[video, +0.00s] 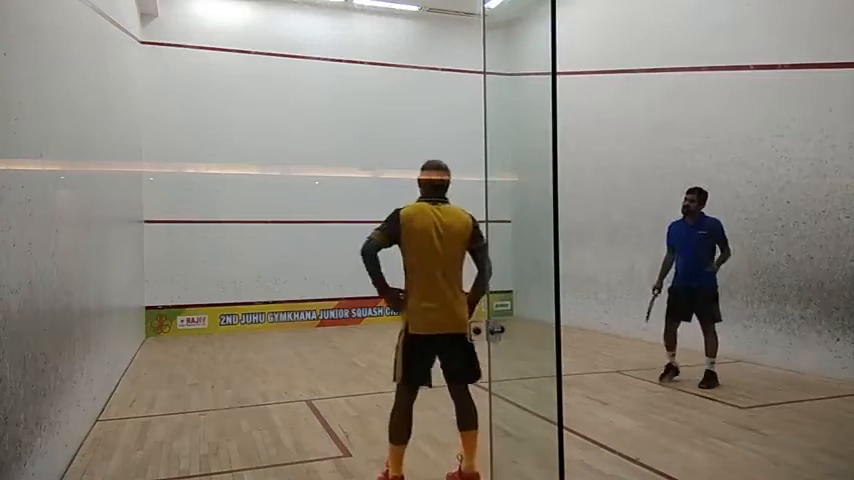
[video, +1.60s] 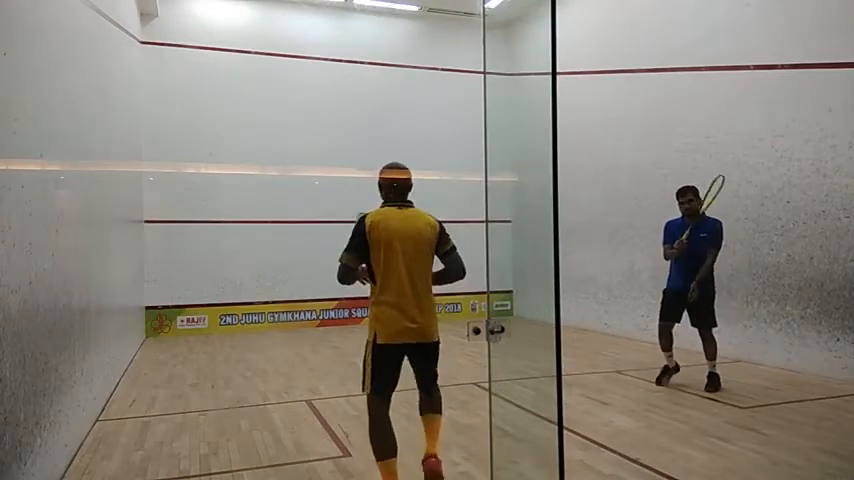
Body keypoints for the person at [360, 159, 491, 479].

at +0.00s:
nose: (432, 184)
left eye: (426, 179)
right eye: (438, 179)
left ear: (419, 184)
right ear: (449, 185)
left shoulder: (403, 216)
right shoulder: (466, 220)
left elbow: (368, 250)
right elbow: (485, 271)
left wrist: (386, 292)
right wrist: (469, 302)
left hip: (417, 324)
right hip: (455, 322)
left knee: (405, 397)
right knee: (461, 394)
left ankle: (394, 471)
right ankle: (470, 467)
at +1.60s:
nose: (384, 190)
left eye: (383, 185)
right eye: (391, 184)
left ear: (381, 188)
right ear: (410, 188)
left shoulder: (369, 222)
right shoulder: (429, 222)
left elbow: (344, 276)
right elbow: (457, 270)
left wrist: (363, 271)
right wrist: (425, 279)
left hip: (386, 330)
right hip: (425, 327)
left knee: (378, 406)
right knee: (429, 385)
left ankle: (390, 475)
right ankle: (432, 453)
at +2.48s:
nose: (367, 201)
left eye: (368, 196)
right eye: (369, 195)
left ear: (370, 199)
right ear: (396, 201)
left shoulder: (370, 225)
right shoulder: (412, 233)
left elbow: (364, 269)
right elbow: (427, 282)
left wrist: (347, 283)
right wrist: (378, 288)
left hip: (399, 325)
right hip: (426, 322)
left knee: (388, 397)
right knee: (417, 385)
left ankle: (419, 472)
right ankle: (424, 457)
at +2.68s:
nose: (352, 210)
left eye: (354, 205)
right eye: (354, 205)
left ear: (358, 209)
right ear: (382, 210)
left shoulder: (362, 236)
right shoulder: (392, 240)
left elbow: (361, 285)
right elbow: (392, 296)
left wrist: (333, 316)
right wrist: (356, 312)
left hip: (392, 338)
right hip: (410, 335)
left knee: (374, 409)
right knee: (395, 396)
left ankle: (410, 474)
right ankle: (420, 459)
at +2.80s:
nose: (336, 223)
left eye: (339, 218)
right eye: (338, 217)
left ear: (347, 222)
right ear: (365, 221)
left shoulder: (358, 254)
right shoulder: (367, 251)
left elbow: (361, 309)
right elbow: (363, 306)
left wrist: (327, 340)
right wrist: (329, 310)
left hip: (387, 349)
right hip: (377, 345)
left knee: (362, 420)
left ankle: (403, 472)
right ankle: (385, 435)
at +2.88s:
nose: (324, 225)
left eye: (329, 220)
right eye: (326, 220)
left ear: (341, 224)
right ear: (348, 226)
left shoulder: (352, 259)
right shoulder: (344, 260)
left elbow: (356, 316)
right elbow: (330, 304)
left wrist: (320, 355)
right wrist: (314, 303)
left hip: (382, 349)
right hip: (367, 345)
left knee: (361, 421)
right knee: (335, 368)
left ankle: (405, 474)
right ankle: (346, 438)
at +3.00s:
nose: (293, 231)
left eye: (295, 226)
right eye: (294, 226)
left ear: (303, 230)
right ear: (317, 228)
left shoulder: (328, 260)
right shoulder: (308, 258)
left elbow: (336, 313)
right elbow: (276, 283)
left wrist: (320, 352)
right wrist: (295, 285)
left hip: (359, 344)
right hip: (336, 343)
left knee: (363, 409)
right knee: (311, 388)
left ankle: (404, 472)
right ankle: (282, 436)